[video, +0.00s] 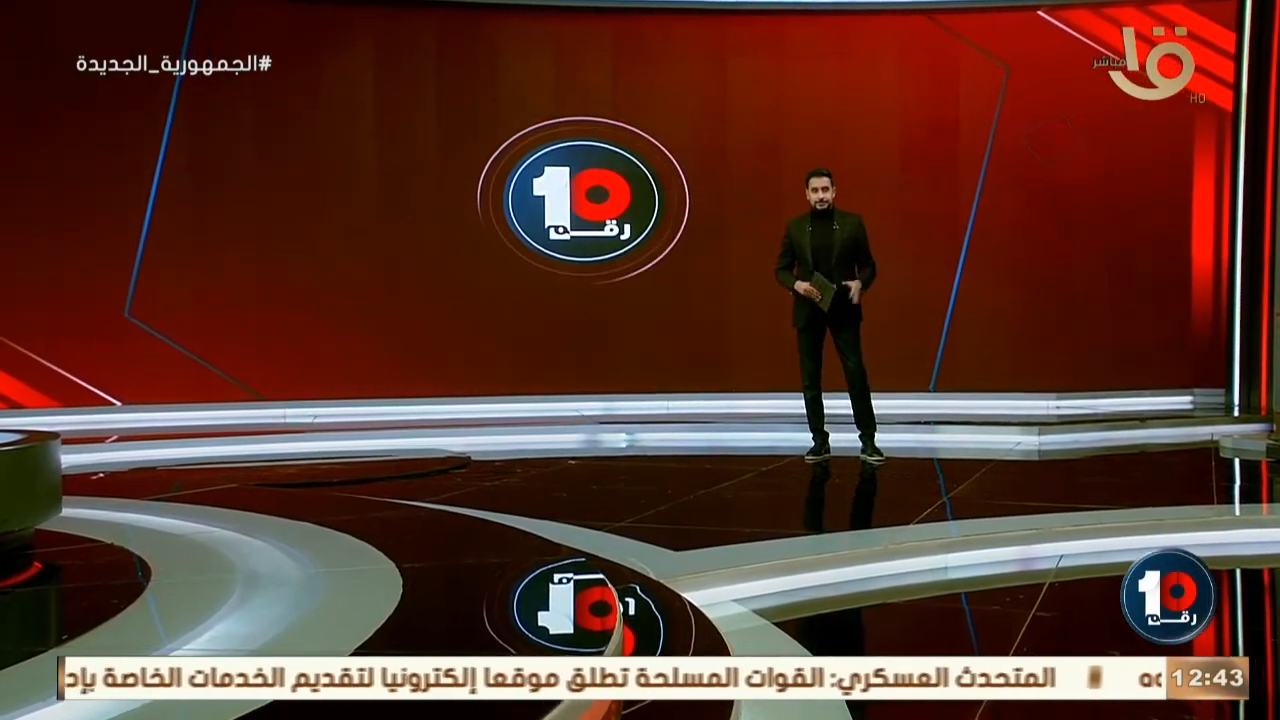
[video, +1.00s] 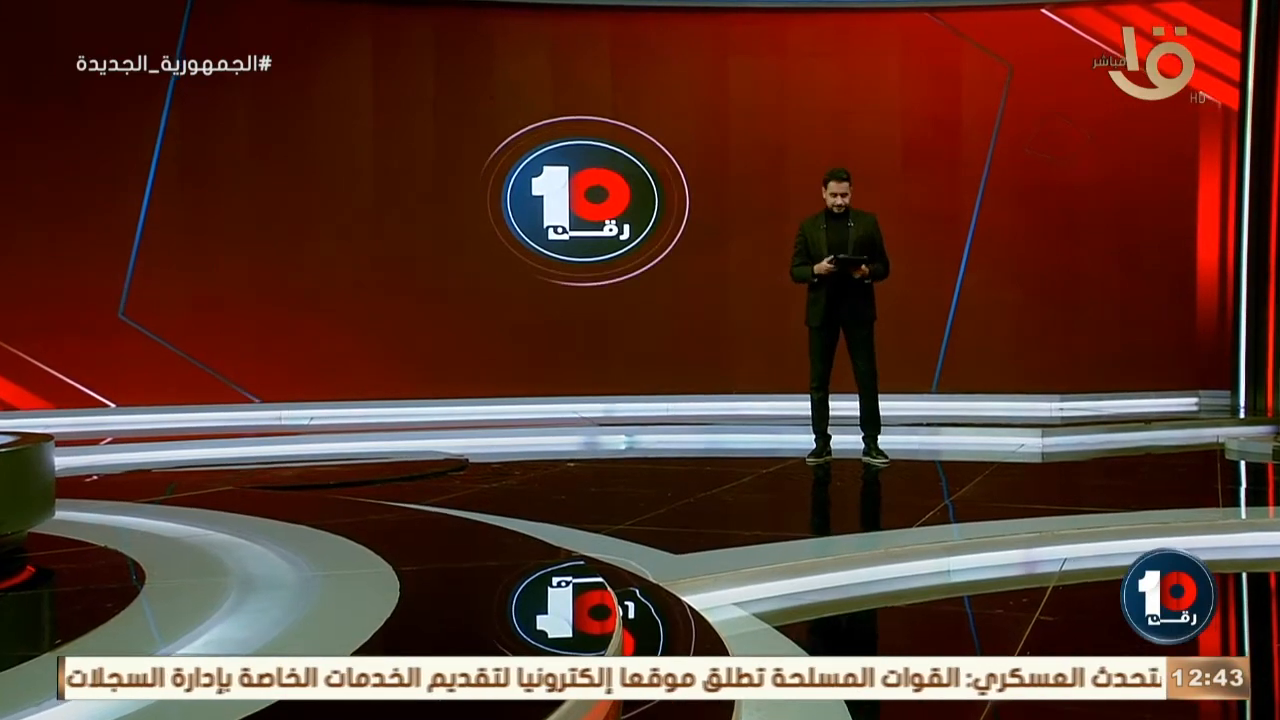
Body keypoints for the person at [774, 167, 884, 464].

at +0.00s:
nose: (820, 195)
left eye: (825, 189)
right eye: (815, 190)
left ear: (834, 191)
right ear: (807, 194)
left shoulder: (852, 224)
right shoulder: (796, 228)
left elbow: (868, 266)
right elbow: (782, 270)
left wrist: (860, 283)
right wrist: (796, 284)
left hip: (844, 311)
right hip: (809, 312)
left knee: (856, 373)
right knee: (810, 378)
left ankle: (868, 441)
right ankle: (819, 441)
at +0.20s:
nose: (819, 196)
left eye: (823, 190)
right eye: (813, 191)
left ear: (832, 191)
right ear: (805, 194)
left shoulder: (850, 223)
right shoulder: (794, 228)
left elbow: (867, 267)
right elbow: (780, 272)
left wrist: (854, 283)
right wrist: (797, 282)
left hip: (843, 311)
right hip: (809, 313)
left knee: (856, 373)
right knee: (810, 379)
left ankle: (868, 440)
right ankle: (820, 441)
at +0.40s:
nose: (820, 195)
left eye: (825, 189)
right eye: (815, 190)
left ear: (833, 190)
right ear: (806, 193)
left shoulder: (851, 222)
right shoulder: (795, 228)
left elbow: (867, 265)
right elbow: (782, 274)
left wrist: (857, 280)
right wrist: (801, 281)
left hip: (845, 310)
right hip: (809, 312)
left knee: (857, 372)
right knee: (811, 379)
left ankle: (869, 440)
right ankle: (820, 442)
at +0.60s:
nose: (824, 194)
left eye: (829, 188)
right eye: (818, 189)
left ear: (837, 190)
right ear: (810, 192)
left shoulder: (854, 222)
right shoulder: (798, 227)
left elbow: (871, 266)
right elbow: (785, 273)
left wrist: (859, 279)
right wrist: (805, 278)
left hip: (848, 312)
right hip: (812, 313)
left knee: (859, 373)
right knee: (812, 379)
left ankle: (870, 443)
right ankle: (820, 443)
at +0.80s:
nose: (831, 196)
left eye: (835, 190)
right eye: (825, 191)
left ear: (843, 191)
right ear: (816, 193)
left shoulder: (859, 222)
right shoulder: (803, 227)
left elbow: (876, 267)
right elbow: (791, 272)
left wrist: (863, 275)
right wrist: (811, 275)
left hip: (852, 312)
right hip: (816, 314)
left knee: (862, 375)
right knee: (815, 379)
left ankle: (871, 443)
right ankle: (821, 443)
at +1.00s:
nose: (840, 200)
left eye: (844, 194)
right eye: (834, 195)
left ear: (851, 194)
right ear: (824, 194)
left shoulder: (866, 223)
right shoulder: (810, 227)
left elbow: (883, 268)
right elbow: (797, 271)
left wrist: (868, 271)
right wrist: (815, 270)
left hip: (858, 312)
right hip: (822, 314)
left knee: (867, 378)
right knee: (819, 379)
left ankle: (871, 444)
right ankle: (821, 443)